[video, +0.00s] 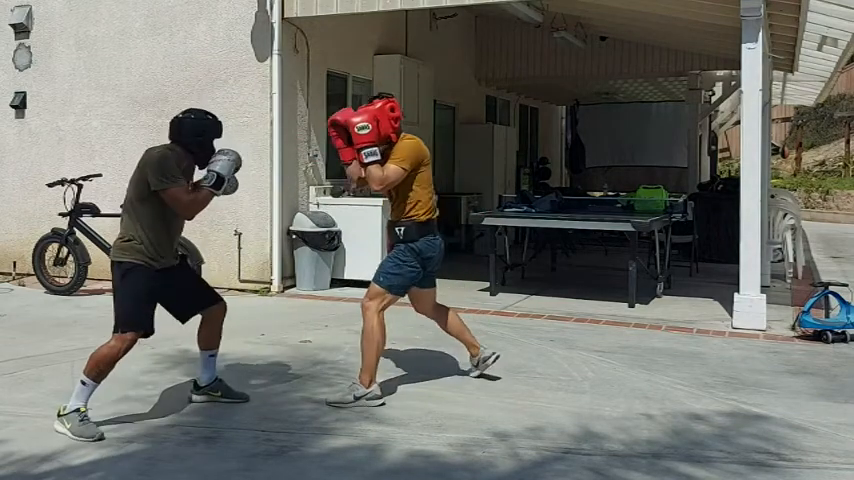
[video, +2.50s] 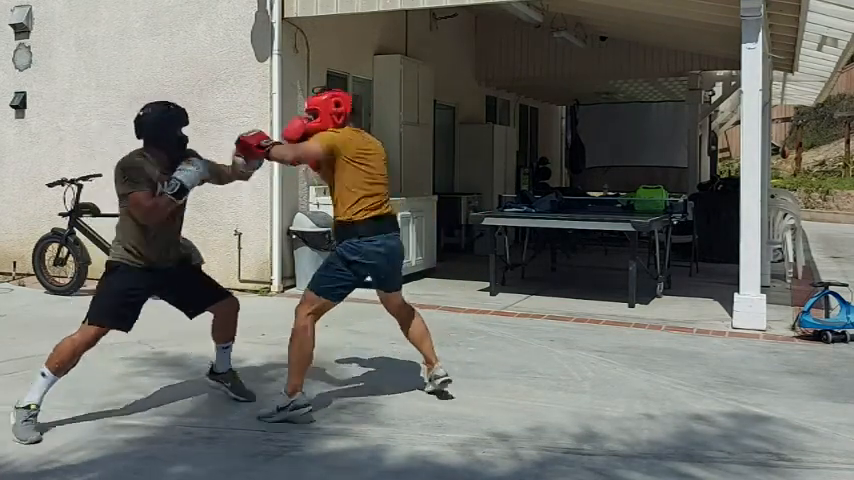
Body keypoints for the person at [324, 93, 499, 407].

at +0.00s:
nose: (371, 130)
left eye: (372, 124)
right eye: (369, 124)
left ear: (383, 123)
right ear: (386, 124)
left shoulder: (410, 145)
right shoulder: (391, 149)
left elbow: (379, 182)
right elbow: (358, 176)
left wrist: (367, 143)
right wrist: (344, 144)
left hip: (415, 243)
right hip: (424, 241)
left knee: (371, 305)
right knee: (426, 305)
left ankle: (366, 385)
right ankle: (478, 352)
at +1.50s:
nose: (337, 128)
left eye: (340, 121)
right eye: (336, 123)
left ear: (357, 118)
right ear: (364, 119)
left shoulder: (367, 138)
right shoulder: (373, 145)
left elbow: (349, 162)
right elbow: (338, 184)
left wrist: (315, 143)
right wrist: (314, 158)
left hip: (371, 240)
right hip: (392, 239)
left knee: (322, 306)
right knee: (397, 303)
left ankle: (319, 386)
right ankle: (433, 361)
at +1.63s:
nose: (329, 129)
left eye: (331, 123)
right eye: (329, 124)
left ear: (345, 121)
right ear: (362, 122)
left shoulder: (347, 141)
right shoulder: (386, 150)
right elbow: (362, 194)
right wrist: (328, 180)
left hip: (372, 246)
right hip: (399, 242)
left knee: (326, 310)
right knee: (401, 300)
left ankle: (320, 389)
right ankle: (441, 362)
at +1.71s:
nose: (329, 131)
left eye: (332, 125)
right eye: (328, 126)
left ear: (347, 122)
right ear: (361, 122)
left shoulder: (350, 145)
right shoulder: (388, 151)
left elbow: (310, 161)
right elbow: (371, 191)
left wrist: (270, 156)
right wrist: (338, 186)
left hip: (371, 247)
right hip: (400, 243)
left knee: (326, 310)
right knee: (410, 308)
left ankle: (320, 389)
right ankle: (451, 366)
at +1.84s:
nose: (336, 133)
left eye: (339, 125)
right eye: (335, 126)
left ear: (356, 125)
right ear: (367, 124)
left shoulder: (365, 150)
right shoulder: (390, 150)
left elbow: (358, 192)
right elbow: (369, 193)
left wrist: (322, 193)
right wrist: (337, 177)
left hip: (379, 247)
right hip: (404, 244)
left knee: (331, 309)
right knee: (418, 311)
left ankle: (319, 389)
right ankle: (459, 374)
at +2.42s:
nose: (320, 129)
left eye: (323, 121)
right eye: (320, 122)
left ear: (339, 121)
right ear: (352, 120)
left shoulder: (353, 143)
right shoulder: (374, 143)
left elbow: (329, 175)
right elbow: (338, 185)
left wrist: (304, 158)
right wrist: (311, 157)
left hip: (363, 248)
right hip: (393, 246)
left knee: (303, 300)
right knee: (404, 314)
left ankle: (299, 384)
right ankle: (440, 375)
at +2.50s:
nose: (310, 123)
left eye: (313, 117)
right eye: (310, 117)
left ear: (328, 116)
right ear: (345, 116)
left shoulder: (334, 138)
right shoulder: (374, 144)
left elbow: (293, 154)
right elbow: (339, 178)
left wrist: (264, 147)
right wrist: (305, 147)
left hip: (356, 246)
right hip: (389, 242)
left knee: (306, 314)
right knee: (398, 305)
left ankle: (294, 397)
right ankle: (434, 368)